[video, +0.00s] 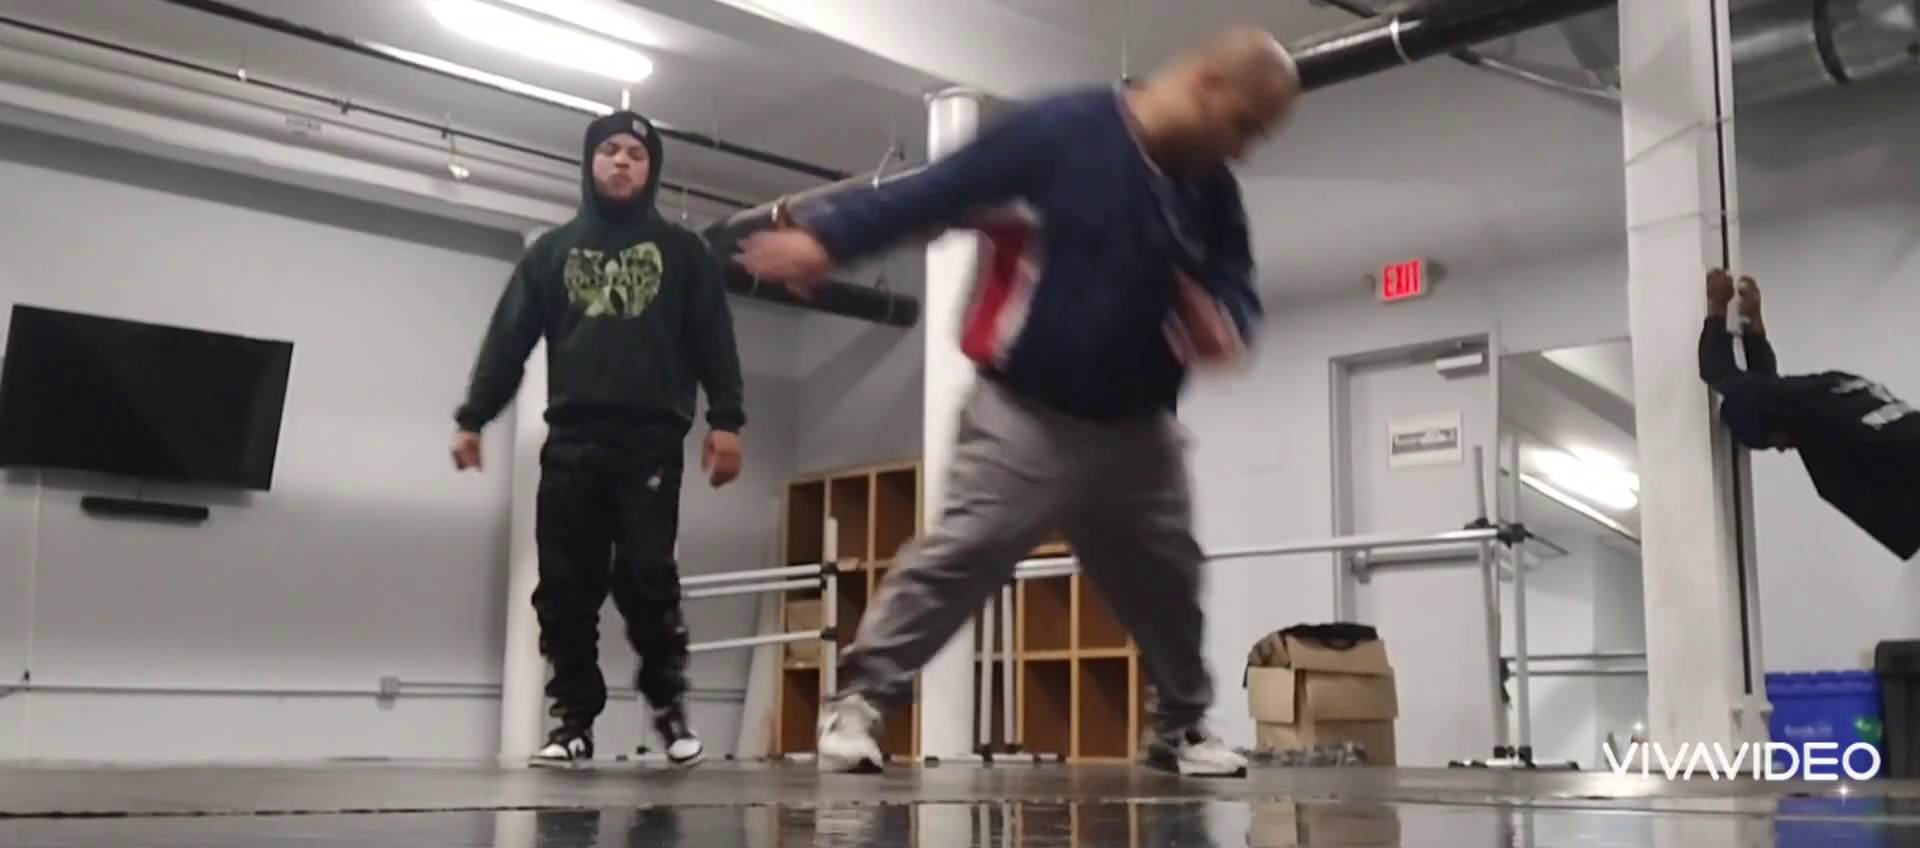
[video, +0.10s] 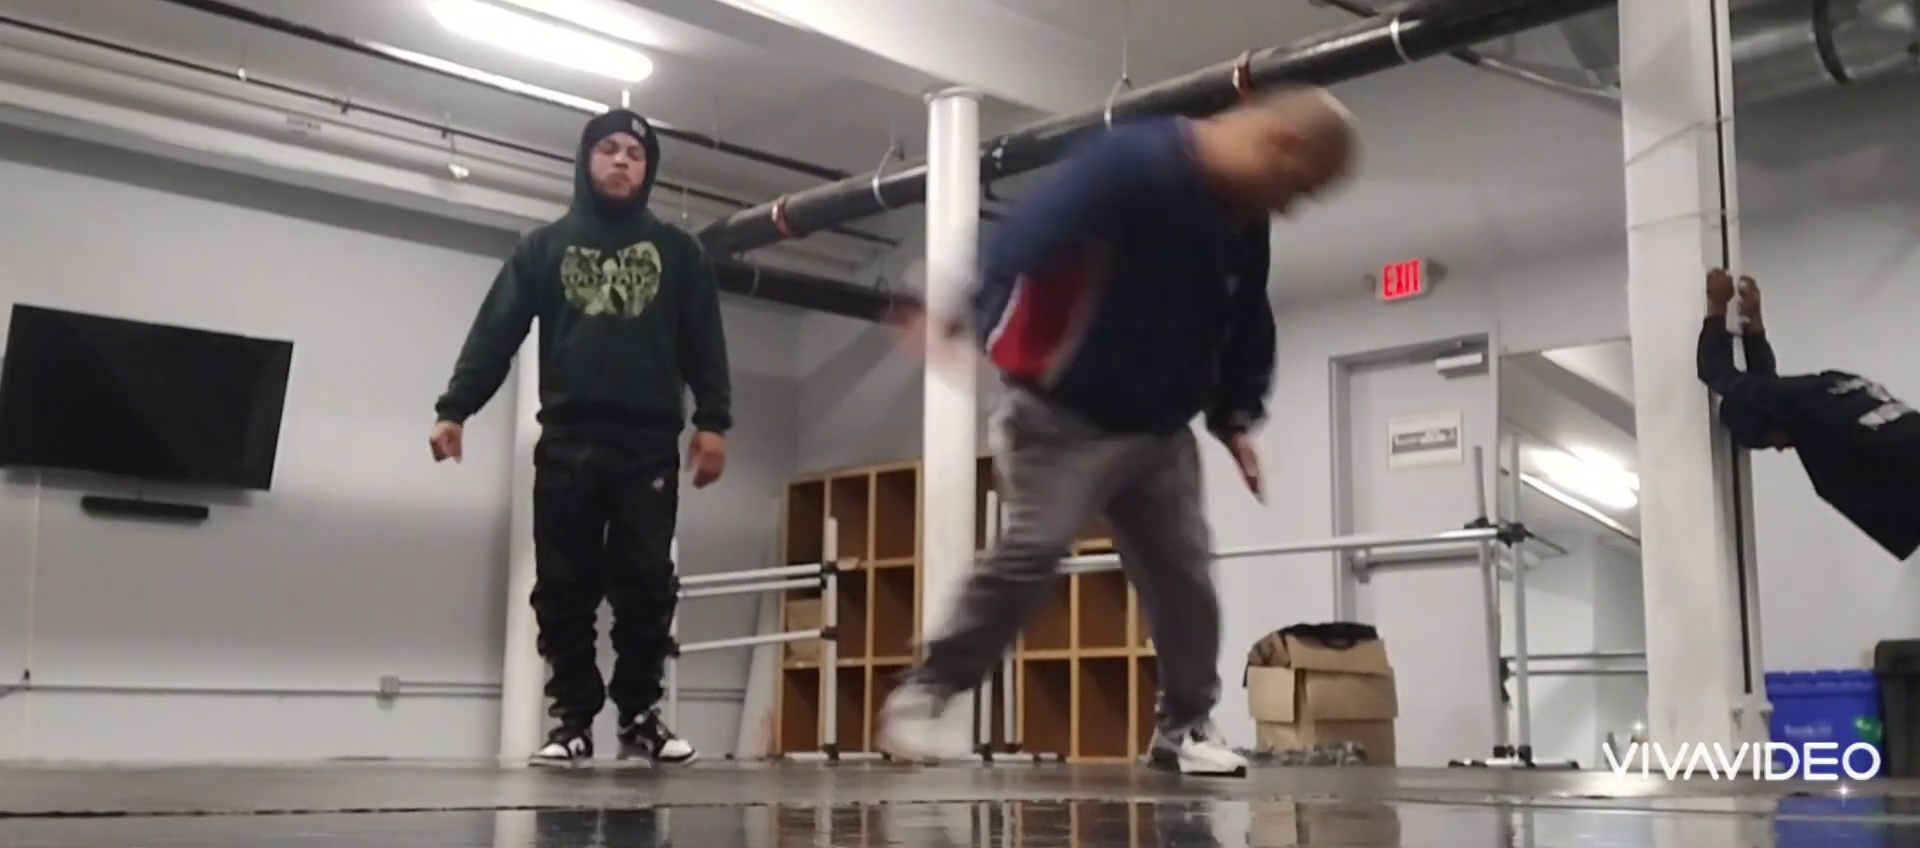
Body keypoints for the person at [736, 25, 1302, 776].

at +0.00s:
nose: (1243, 146)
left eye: (1255, 135)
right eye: (1244, 124)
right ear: (1203, 81)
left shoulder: (1209, 187)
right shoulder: (1066, 129)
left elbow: (1237, 290)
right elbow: (937, 189)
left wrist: (1224, 322)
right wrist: (824, 237)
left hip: (1134, 428)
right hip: (1024, 413)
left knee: (1169, 580)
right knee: (965, 550)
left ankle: (1181, 730)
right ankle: (858, 705)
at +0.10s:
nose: (1289, 203)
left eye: (1301, 193)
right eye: (1294, 184)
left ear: (1282, 150)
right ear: (1272, 137)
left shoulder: (1241, 207)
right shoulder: (1135, 160)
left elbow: (1245, 315)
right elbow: (1030, 226)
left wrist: (1235, 419)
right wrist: (968, 309)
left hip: (1156, 428)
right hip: (1060, 416)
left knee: (1186, 583)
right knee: (1035, 552)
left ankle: (1185, 729)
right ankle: (923, 698)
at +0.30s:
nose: (1379, 349)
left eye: (1391, 341)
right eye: (1391, 339)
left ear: (1373, 264)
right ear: (1385, 314)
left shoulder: (1270, 234)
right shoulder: (1279, 334)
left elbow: (1167, 206)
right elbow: (1250, 494)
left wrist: (1157, 177)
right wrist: (1298, 624)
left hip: (1038, 376)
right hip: (1075, 431)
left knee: (1067, 567)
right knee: (1094, 588)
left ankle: (1046, 699)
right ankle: (1024, 731)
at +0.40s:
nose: (1430, 444)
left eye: (1439, 428)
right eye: (1438, 436)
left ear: (1410, 357)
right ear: (1424, 427)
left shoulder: (1329, 318)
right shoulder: (1342, 443)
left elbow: (1298, 253)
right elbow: (1351, 584)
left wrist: (1315, 207)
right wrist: (1403, 701)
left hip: (1051, 364)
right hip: (1086, 457)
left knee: (977, 478)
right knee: (1107, 599)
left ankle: (884, 541)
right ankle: (1033, 729)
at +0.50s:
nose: (1444, 553)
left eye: (1453, 544)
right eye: (1456, 545)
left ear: (1447, 461)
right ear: (1447, 521)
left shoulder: (1379, 400)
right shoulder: (1372, 511)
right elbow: (1374, 638)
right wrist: (1425, 758)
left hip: (1147, 310)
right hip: (1131, 399)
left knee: (968, 352)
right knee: (1044, 563)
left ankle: (800, 329)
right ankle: (1009, 723)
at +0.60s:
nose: (1421, 620)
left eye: (1430, 619)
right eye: (1437, 623)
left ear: (1435, 566)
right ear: (1450, 582)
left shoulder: (1375, 490)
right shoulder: (1420, 522)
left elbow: (1291, 572)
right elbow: (1387, 638)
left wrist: (1259, 676)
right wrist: (1424, 754)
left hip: (1213, 323)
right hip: (1210, 396)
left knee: (1032, 280)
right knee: (1036, 515)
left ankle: (921, 150)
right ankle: (881, 582)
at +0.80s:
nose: (1366, 721)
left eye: (1361, 717)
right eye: (1366, 717)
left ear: (1316, 673)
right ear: (1378, 663)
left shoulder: (1239, 605)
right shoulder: (1381, 576)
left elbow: (1174, 685)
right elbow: (1419, 651)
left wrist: (1214, 765)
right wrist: (1429, 759)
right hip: (1318, 415)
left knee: (1101, 334)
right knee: (1131, 346)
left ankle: (956, 181)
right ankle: (954, 182)